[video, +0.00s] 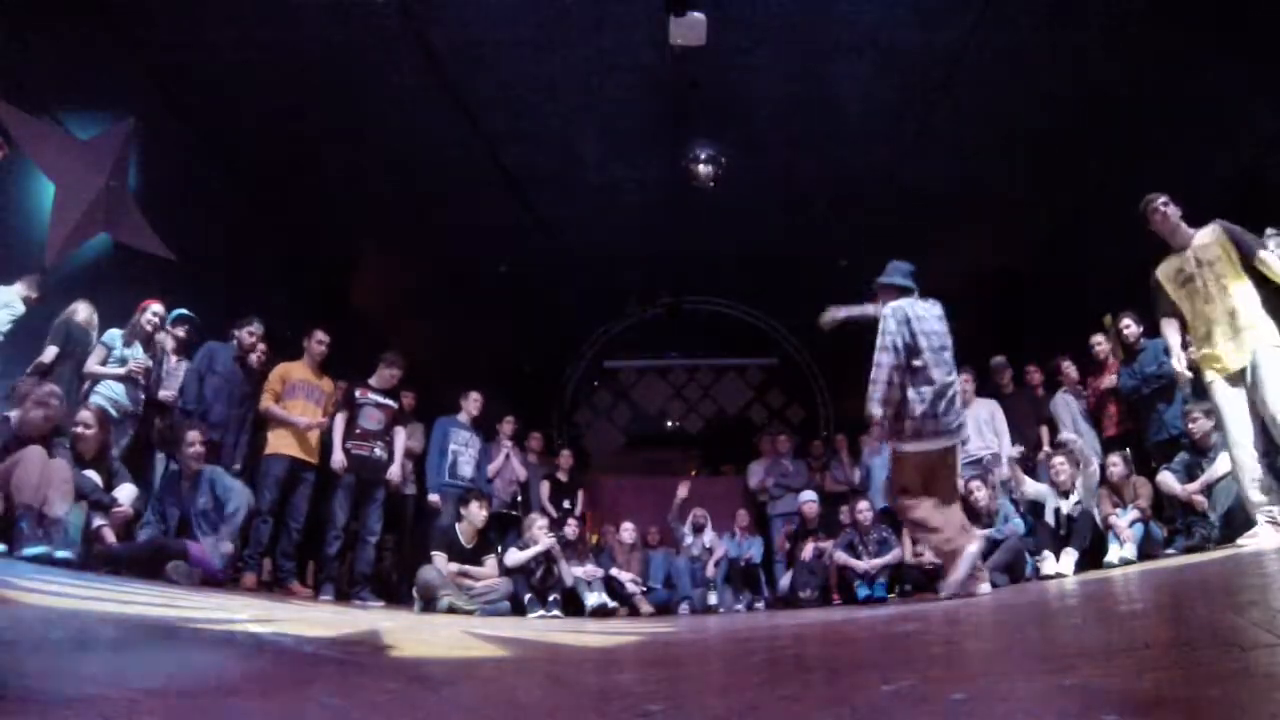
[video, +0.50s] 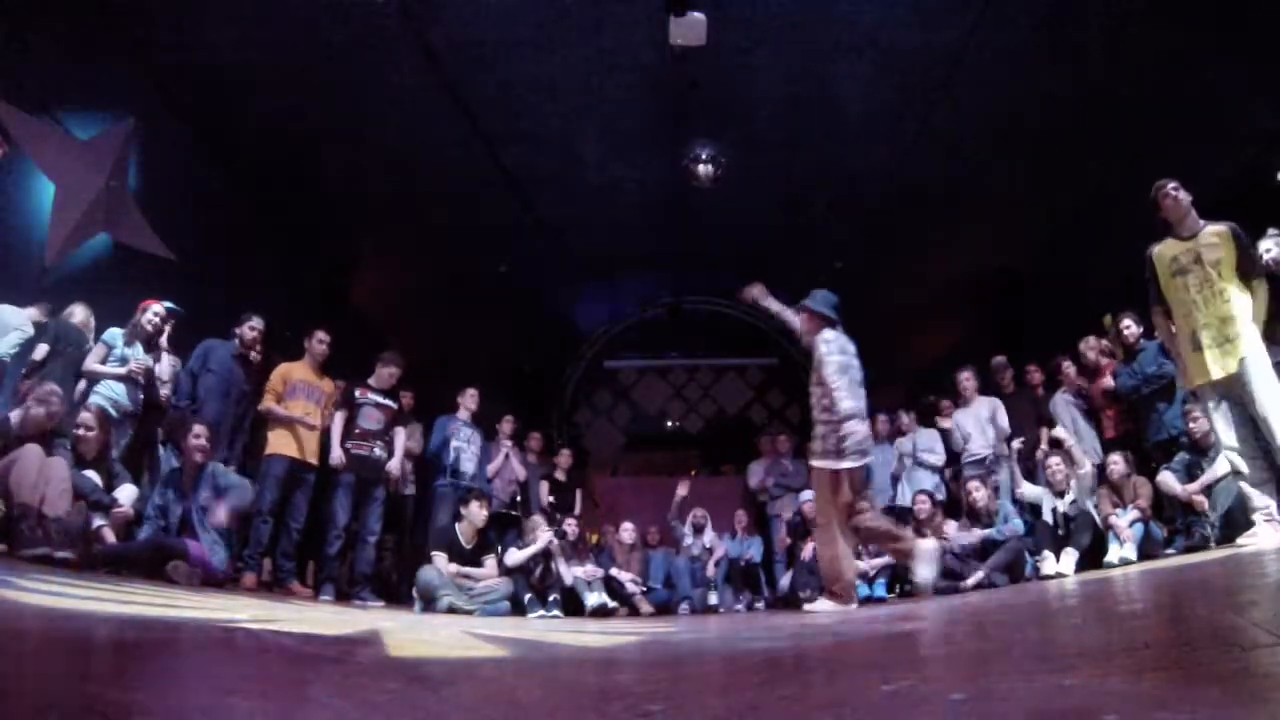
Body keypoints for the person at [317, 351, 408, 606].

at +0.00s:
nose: (394, 380)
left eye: (398, 376)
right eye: (391, 374)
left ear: (399, 378)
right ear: (380, 369)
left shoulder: (395, 403)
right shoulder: (354, 391)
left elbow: (399, 432)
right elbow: (340, 419)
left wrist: (397, 463)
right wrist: (337, 451)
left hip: (378, 467)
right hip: (350, 462)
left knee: (371, 530)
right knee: (338, 526)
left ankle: (360, 586)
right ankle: (327, 583)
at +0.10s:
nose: (393, 380)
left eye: (397, 376)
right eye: (391, 374)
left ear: (399, 378)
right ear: (379, 369)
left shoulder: (395, 403)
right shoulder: (354, 391)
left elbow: (399, 432)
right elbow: (340, 419)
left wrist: (396, 462)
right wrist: (337, 450)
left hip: (378, 467)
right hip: (350, 462)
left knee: (370, 530)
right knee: (338, 526)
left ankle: (360, 586)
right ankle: (327, 583)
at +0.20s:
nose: (393, 379)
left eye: (397, 376)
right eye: (390, 373)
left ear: (399, 378)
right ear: (379, 369)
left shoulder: (395, 403)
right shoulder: (354, 391)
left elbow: (399, 432)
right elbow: (339, 419)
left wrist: (395, 461)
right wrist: (336, 449)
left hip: (377, 466)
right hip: (350, 461)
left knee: (370, 530)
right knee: (338, 525)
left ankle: (361, 586)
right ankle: (327, 583)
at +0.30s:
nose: (393, 380)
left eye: (397, 376)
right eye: (390, 374)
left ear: (399, 378)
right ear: (379, 369)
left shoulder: (395, 403)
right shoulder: (354, 391)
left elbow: (399, 432)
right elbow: (339, 418)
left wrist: (396, 460)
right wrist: (336, 448)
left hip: (377, 466)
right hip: (350, 461)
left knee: (371, 530)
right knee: (339, 525)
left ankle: (361, 586)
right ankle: (327, 583)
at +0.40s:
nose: (392, 380)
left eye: (396, 377)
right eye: (389, 374)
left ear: (398, 378)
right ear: (378, 369)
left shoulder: (395, 403)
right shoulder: (354, 391)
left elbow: (399, 431)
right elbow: (339, 417)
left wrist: (396, 459)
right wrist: (336, 448)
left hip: (377, 467)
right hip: (350, 462)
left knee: (371, 531)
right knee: (339, 525)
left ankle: (361, 587)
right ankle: (328, 583)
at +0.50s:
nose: (392, 380)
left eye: (396, 376)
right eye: (389, 374)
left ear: (398, 378)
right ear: (377, 369)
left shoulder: (395, 403)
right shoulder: (354, 391)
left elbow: (399, 431)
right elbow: (339, 417)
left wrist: (397, 458)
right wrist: (335, 447)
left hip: (378, 466)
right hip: (350, 461)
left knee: (371, 530)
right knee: (339, 525)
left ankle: (361, 586)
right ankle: (327, 583)